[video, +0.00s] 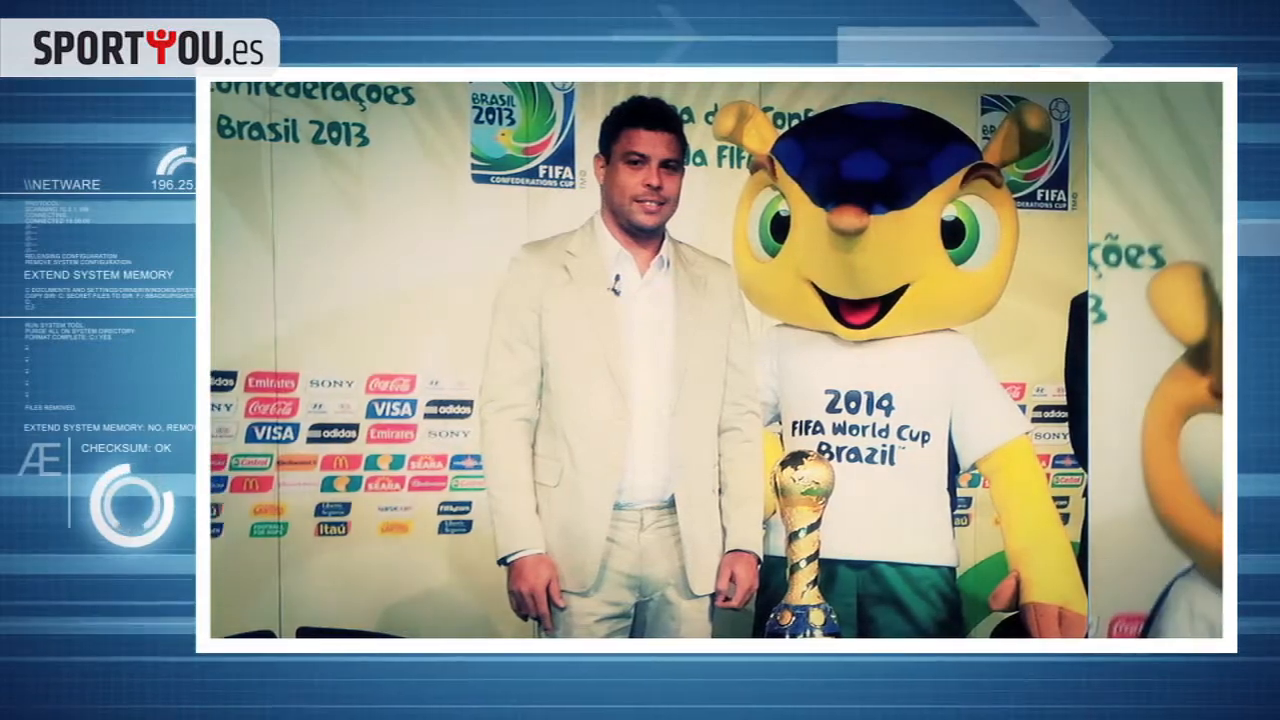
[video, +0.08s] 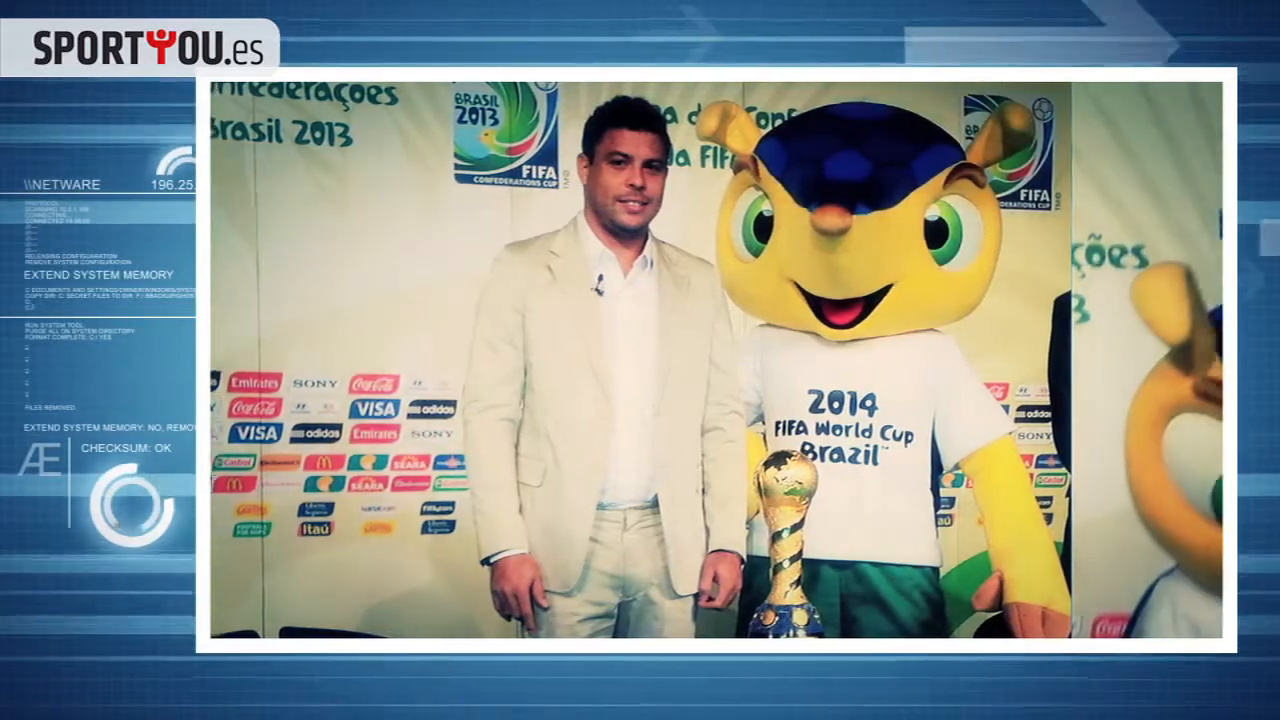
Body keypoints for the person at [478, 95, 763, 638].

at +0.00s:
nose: (655, 180)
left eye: (671, 166)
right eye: (636, 162)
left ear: (684, 178)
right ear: (601, 170)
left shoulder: (717, 282)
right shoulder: (539, 270)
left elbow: (740, 423)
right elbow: (505, 415)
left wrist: (742, 543)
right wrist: (523, 549)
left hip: (689, 542)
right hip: (581, 544)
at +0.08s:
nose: (638, 180)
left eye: (654, 166)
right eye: (619, 162)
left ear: (667, 178)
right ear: (584, 170)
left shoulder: (700, 282)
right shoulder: (522, 270)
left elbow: (723, 423)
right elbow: (488, 415)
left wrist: (726, 543)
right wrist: (506, 549)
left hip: (673, 542)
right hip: (565, 544)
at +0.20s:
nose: (613, 180)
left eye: (629, 166)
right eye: (594, 162)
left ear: (642, 178)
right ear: (559, 169)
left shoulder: (675, 283)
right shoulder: (497, 270)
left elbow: (698, 422)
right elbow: (464, 415)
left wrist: (701, 543)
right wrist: (480, 549)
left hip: (648, 542)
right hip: (540, 544)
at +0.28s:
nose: (596, 180)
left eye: (612, 166)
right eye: (578, 162)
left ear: (625, 178)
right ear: (542, 169)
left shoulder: (659, 283)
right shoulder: (480, 270)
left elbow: (682, 423)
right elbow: (447, 415)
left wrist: (684, 543)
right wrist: (464, 549)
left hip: (631, 542)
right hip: (523, 544)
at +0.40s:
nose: (571, 180)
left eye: (587, 166)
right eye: (552, 162)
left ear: (600, 178)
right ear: (517, 170)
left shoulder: (633, 282)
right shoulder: (455, 270)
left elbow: (656, 423)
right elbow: (421, 414)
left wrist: (659, 543)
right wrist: (439, 548)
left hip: (606, 542)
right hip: (498, 544)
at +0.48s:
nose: (554, 180)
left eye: (571, 166)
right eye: (536, 162)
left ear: (583, 179)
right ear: (500, 170)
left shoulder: (616, 282)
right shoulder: (438, 270)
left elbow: (640, 422)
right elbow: (405, 414)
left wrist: (642, 543)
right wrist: (422, 548)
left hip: (589, 543)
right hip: (482, 544)